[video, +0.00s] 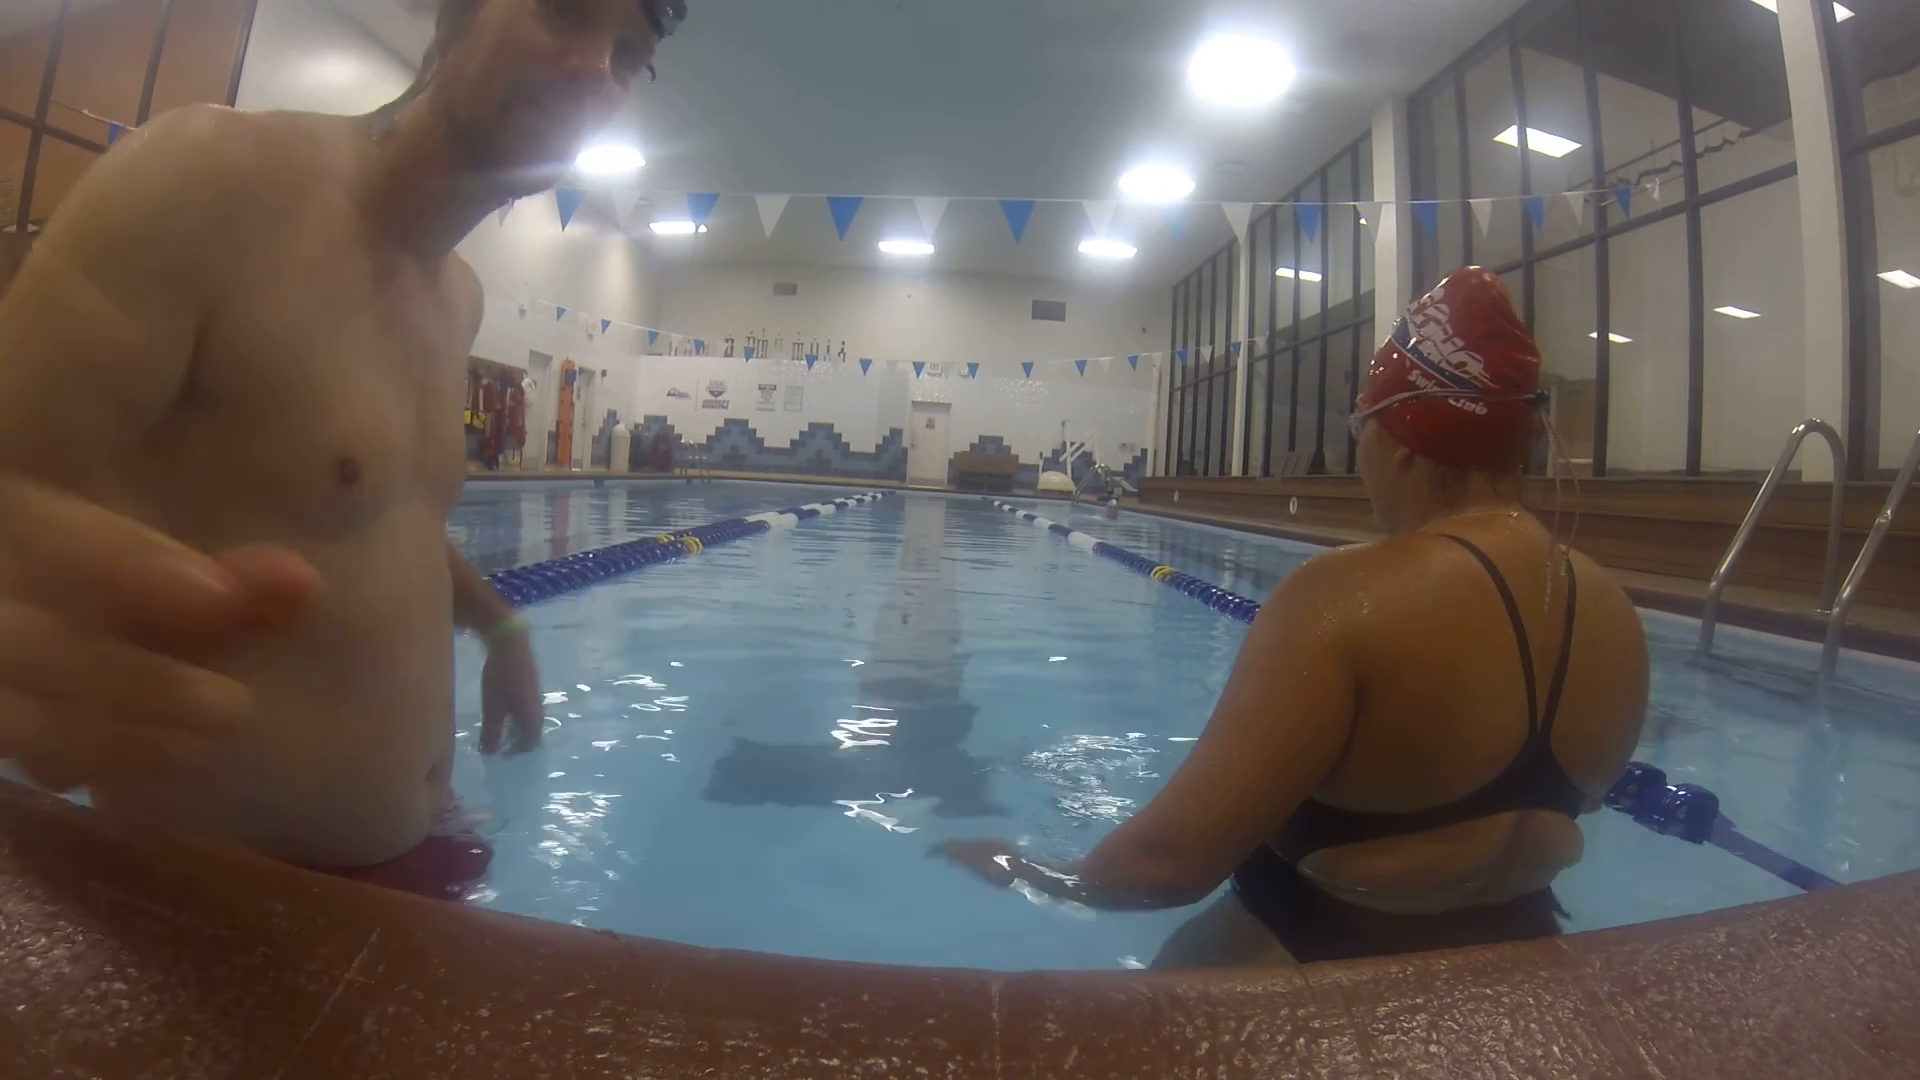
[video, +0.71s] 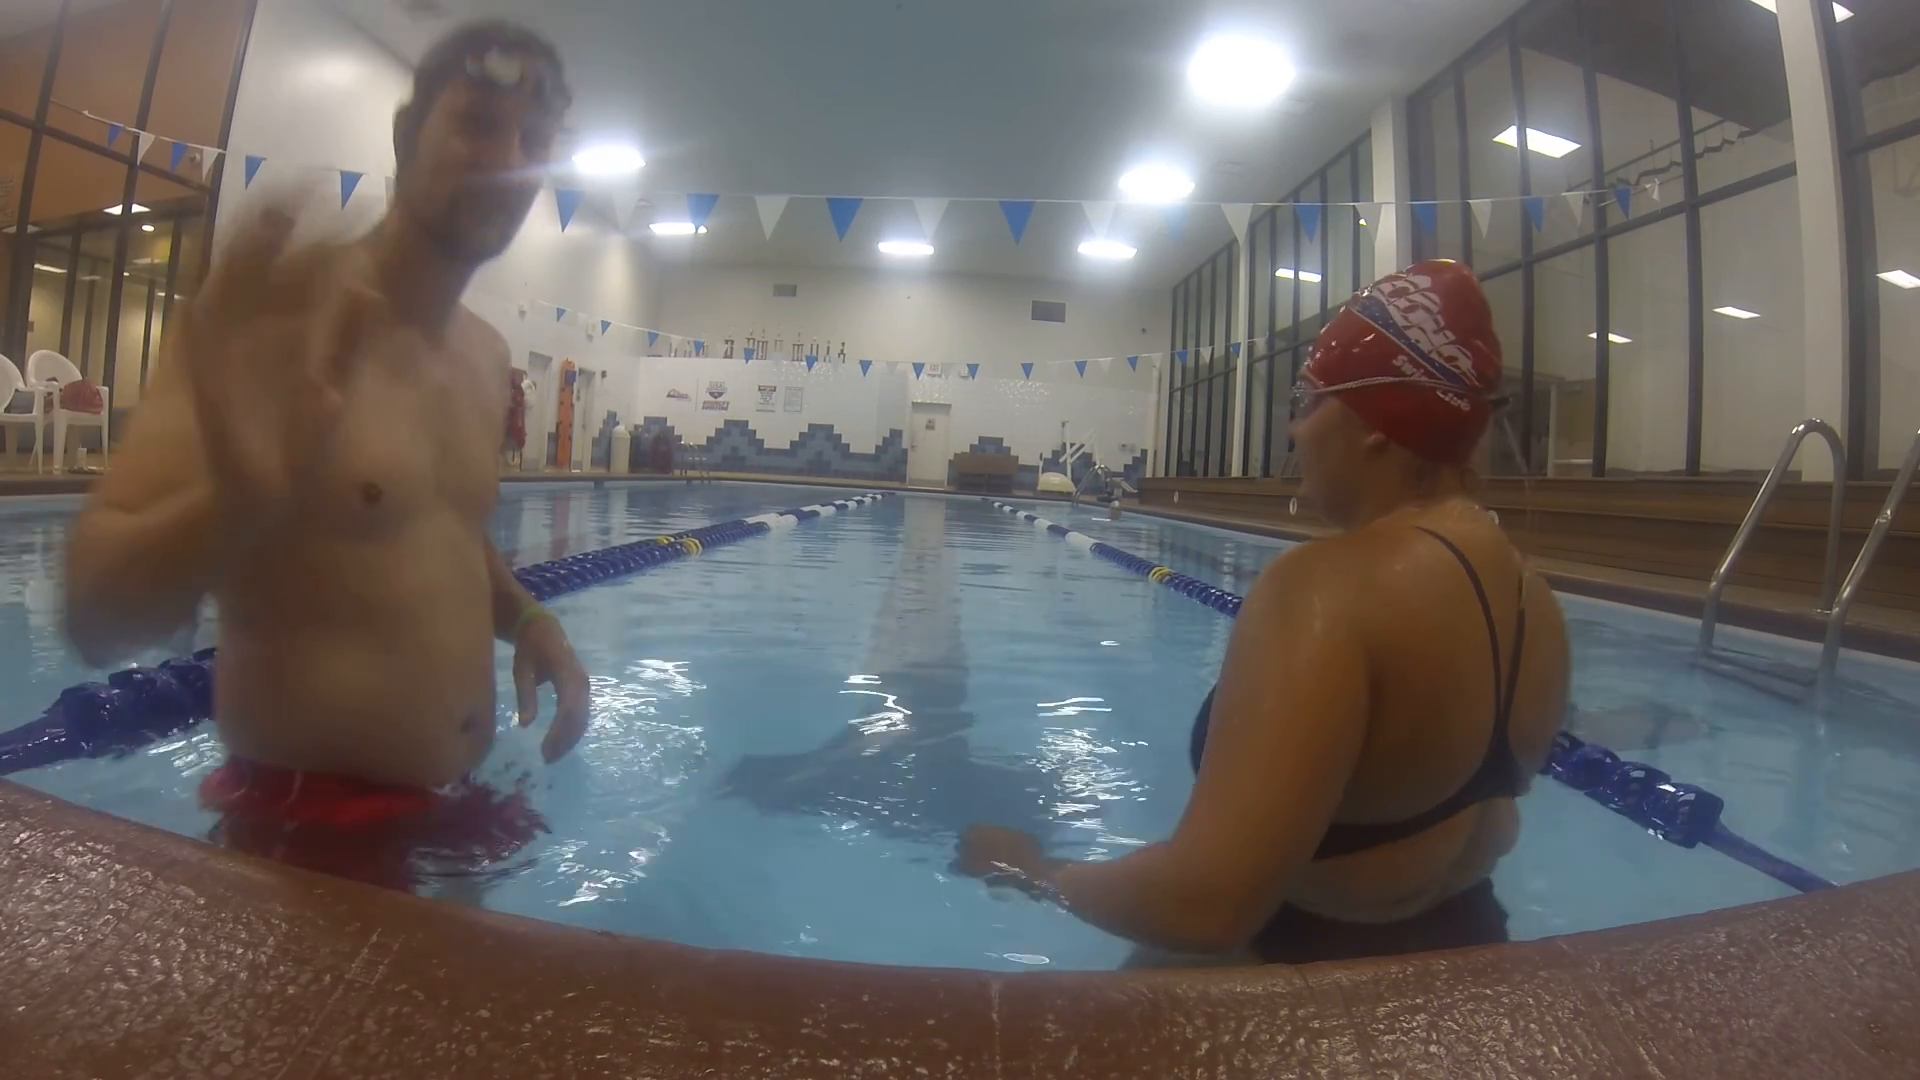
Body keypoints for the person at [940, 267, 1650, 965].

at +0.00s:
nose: (1356, 453)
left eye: (1362, 428)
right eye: (1360, 426)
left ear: (1400, 441)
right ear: (1512, 441)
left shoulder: (1338, 603)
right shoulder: (1607, 605)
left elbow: (1177, 857)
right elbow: (1580, 790)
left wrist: (1047, 879)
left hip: (1310, 974)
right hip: (1514, 966)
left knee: (1127, 1031)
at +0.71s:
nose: (1292, 428)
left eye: (1310, 403)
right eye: (1301, 402)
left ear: (1374, 427)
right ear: (1448, 429)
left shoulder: (1322, 590)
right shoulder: (1525, 585)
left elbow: (1207, 900)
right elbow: (1497, 806)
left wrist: (1036, 874)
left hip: (1303, 975)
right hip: (1464, 952)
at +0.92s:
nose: (1278, 422)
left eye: (1304, 396)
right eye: (1290, 395)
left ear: (1384, 427)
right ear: (1387, 428)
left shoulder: (1330, 597)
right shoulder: (1485, 563)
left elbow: (1217, 918)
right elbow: (1502, 757)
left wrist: (1029, 858)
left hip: (1283, 979)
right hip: (1428, 945)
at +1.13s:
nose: (1272, 414)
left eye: (1302, 387)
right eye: (1284, 386)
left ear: (1390, 427)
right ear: (1388, 429)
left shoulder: (1352, 610)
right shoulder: (1455, 560)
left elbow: (1274, 935)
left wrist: (1045, 867)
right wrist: (1206, 870)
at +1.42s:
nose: (1269, 420)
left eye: (1313, 396)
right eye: (1270, 395)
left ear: (1407, 440)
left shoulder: (1420, 633)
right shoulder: (1346, 585)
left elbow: (1417, 939)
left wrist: (1135, 833)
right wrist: (1192, 773)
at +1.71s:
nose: (1280, 454)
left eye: (1324, 429)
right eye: (1259, 426)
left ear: (1389, 460)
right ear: (1240, 446)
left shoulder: (1438, 614)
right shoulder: (1252, 600)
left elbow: (1555, 878)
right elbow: (1256, 779)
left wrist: (1397, 686)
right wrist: (1123, 758)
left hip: (1361, 1010)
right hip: (1223, 990)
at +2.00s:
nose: (1285, 467)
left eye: (1323, 447)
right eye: (1263, 442)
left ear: (1366, 477)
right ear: (1240, 464)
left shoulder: (1419, 607)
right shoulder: (1206, 612)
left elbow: (1619, 768)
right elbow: (1204, 742)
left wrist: (1468, 652)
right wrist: (1105, 765)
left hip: (1372, 985)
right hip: (1219, 973)